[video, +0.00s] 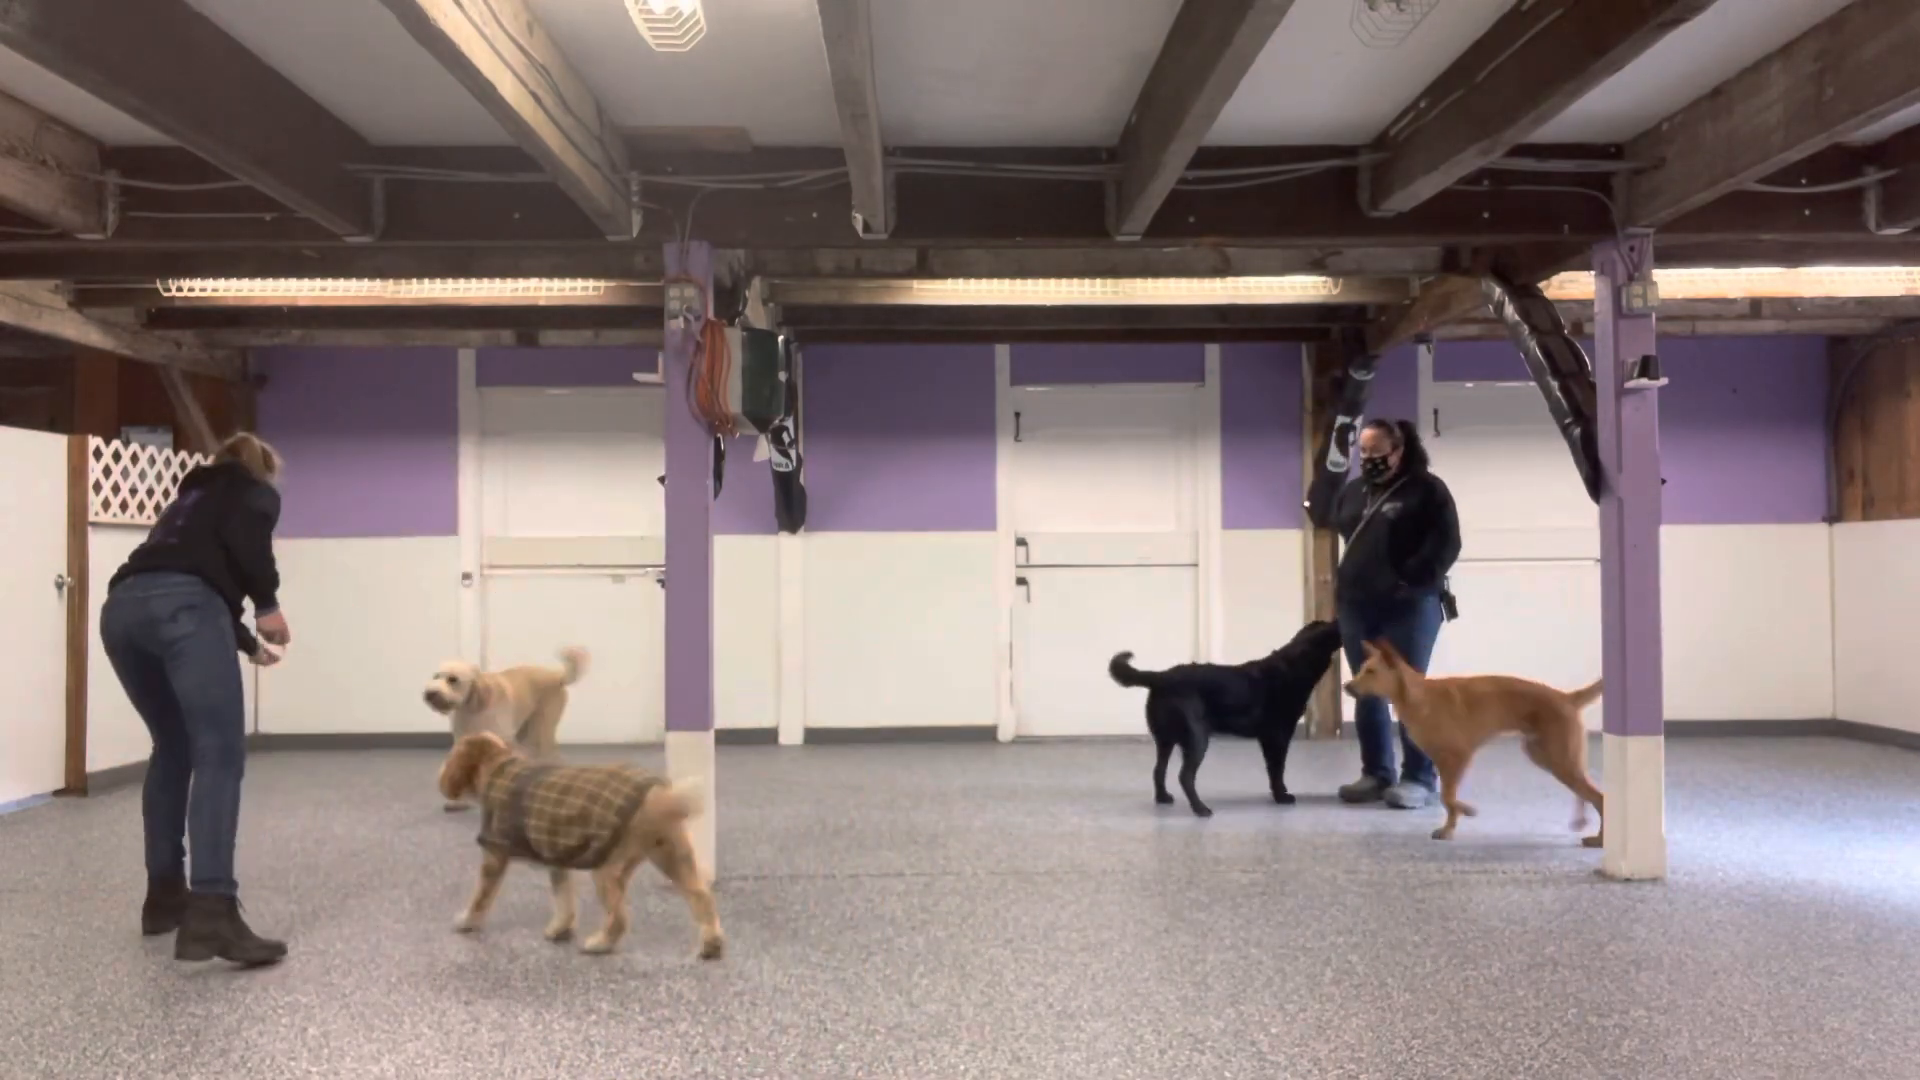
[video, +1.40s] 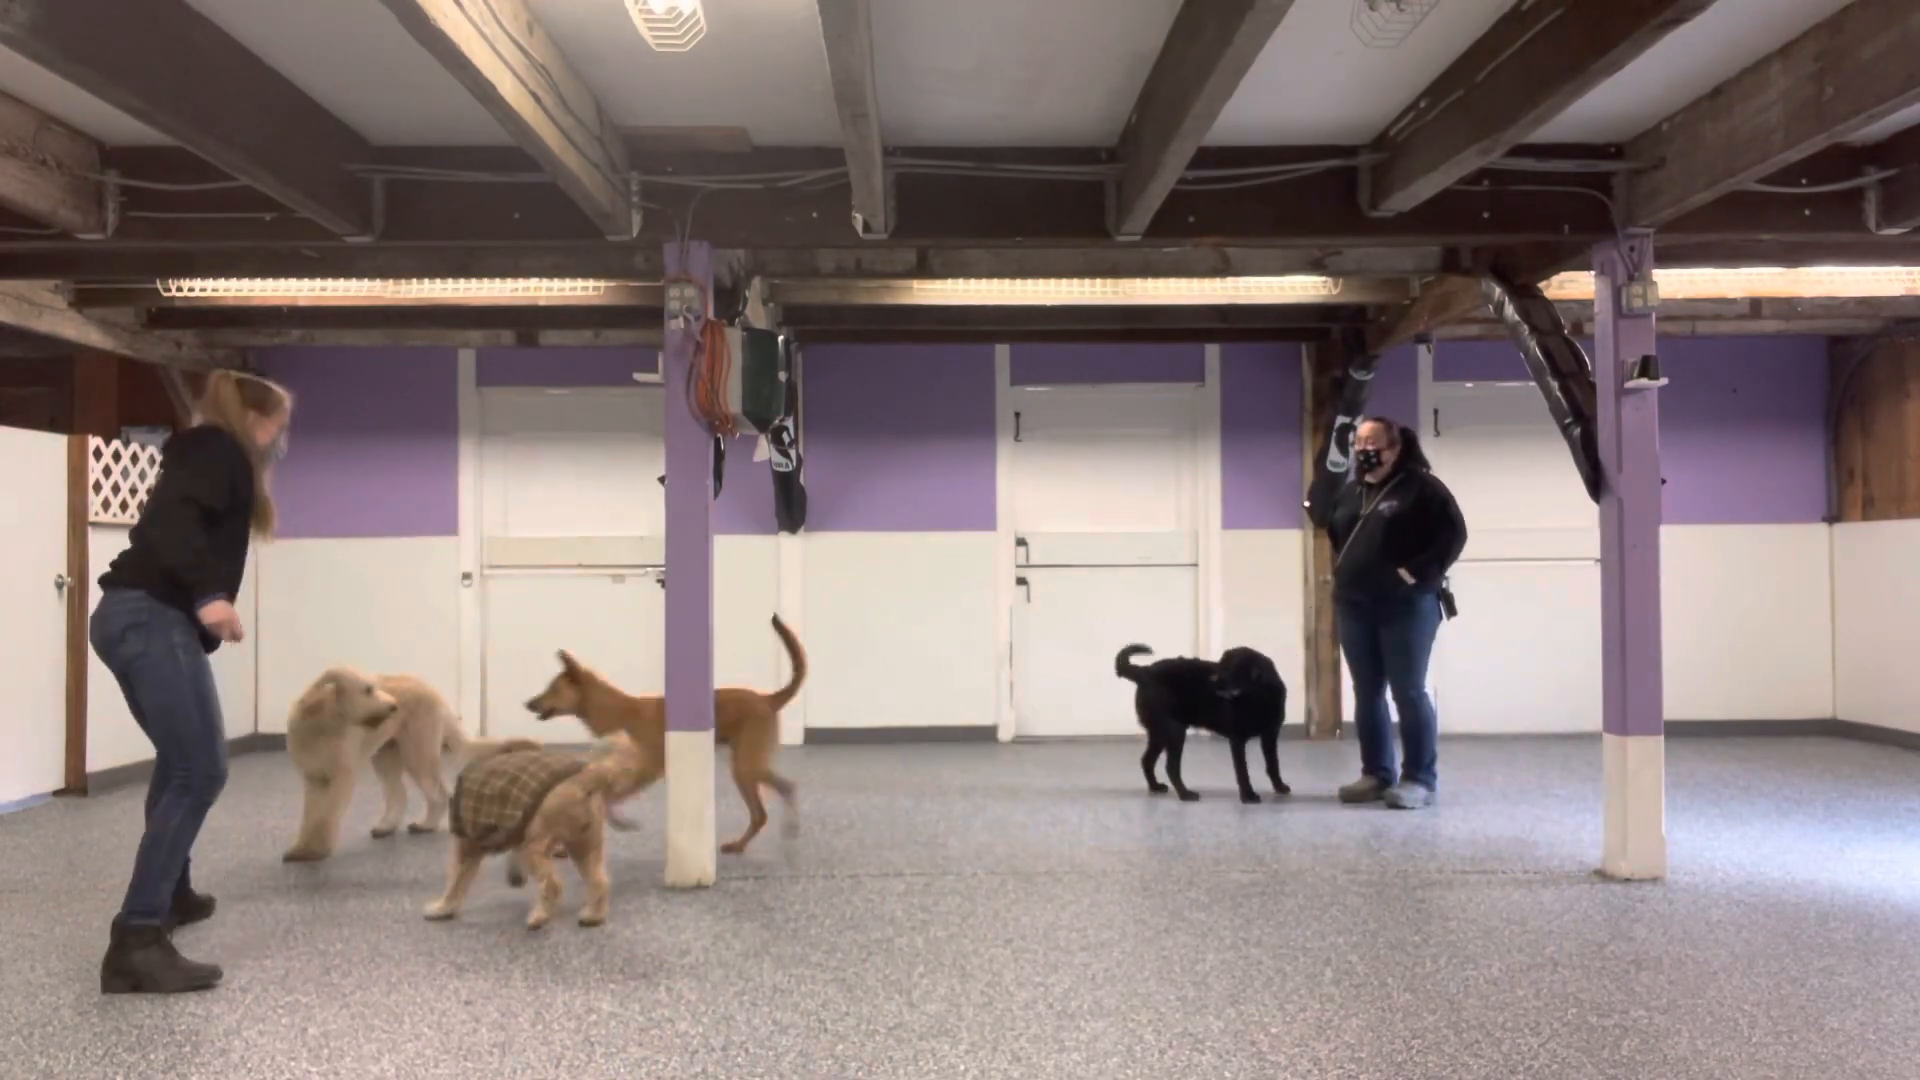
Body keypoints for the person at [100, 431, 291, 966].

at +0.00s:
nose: (275, 483)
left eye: (276, 475)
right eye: (274, 475)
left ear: (222, 463)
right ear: (265, 469)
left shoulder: (192, 493)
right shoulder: (257, 489)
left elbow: (200, 573)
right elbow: (248, 539)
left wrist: (244, 640)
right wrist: (269, 606)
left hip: (121, 606)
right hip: (187, 601)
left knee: (171, 747)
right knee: (220, 752)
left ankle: (164, 893)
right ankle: (211, 910)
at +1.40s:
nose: (277, 439)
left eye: (281, 428)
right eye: (274, 426)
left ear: (240, 414)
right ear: (248, 414)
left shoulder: (218, 456)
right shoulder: (215, 449)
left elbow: (183, 534)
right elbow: (169, 520)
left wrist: (201, 606)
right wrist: (208, 594)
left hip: (145, 614)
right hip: (147, 615)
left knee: (183, 761)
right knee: (201, 771)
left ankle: (171, 892)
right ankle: (135, 943)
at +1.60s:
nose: (280, 401)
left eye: (286, 389)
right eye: (278, 385)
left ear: (253, 374)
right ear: (248, 371)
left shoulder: (229, 430)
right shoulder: (203, 418)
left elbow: (167, 513)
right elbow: (114, 492)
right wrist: (117, 588)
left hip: (190, 619)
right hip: (156, 618)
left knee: (242, 751)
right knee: (191, 775)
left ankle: (190, 893)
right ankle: (132, 945)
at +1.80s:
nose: (297, 387)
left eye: (302, 374)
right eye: (296, 371)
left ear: (262, 358)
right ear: (266, 358)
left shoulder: (241, 421)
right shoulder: (215, 414)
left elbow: (173, 509)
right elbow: (114, 489)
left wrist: (125, 583)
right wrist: (81, 583)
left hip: (211, 622)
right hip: (166, 620)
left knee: (282, 746)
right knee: (178, 778)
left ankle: (259, 917)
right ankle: (131, 946)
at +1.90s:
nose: (313, 389)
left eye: (315, 376)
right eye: (309, 374)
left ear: (275, 363)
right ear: (276, 362)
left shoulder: (258, 430)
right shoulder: (219, 421)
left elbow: (193, 519)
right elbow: (119, 507)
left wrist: (136, 583)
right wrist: (108, 587)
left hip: (232, 627)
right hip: (178, 624)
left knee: (289, 762)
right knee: (183, 787)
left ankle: (302, 929)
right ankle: (133, 948)